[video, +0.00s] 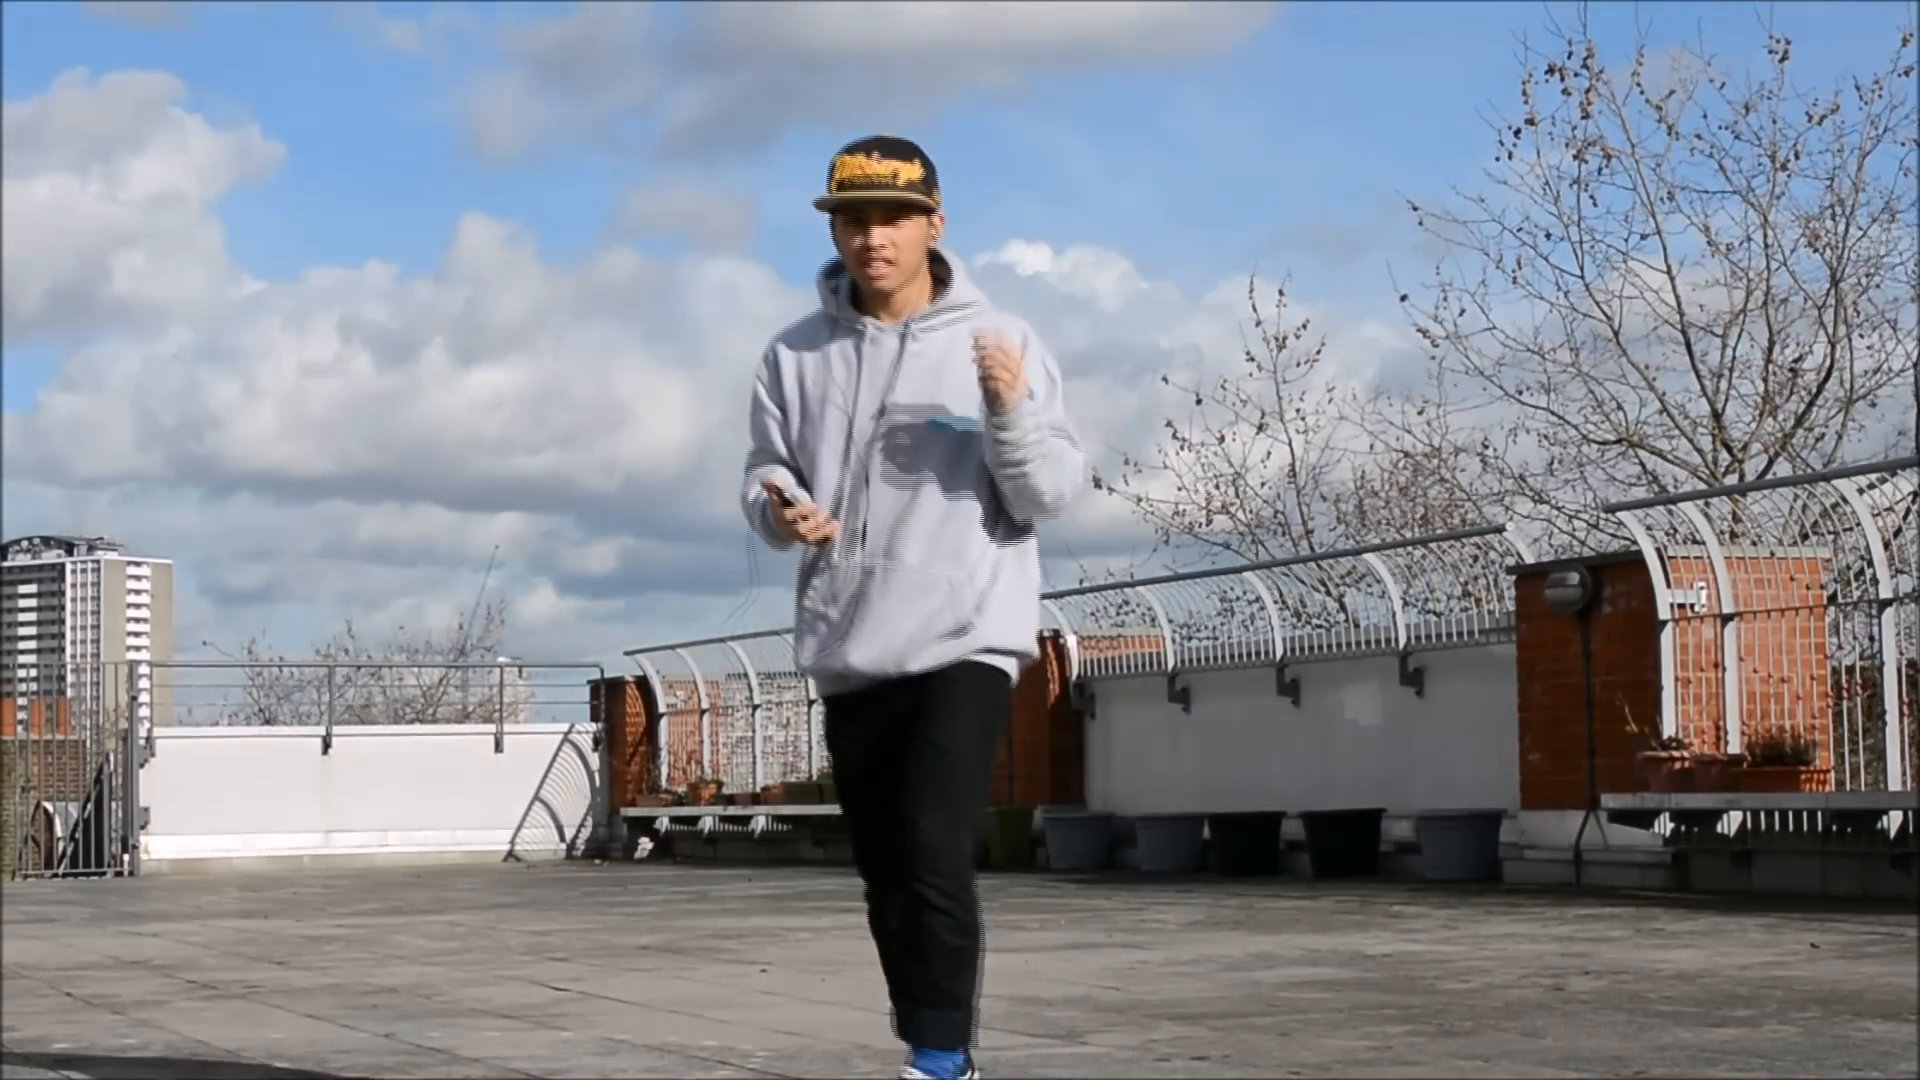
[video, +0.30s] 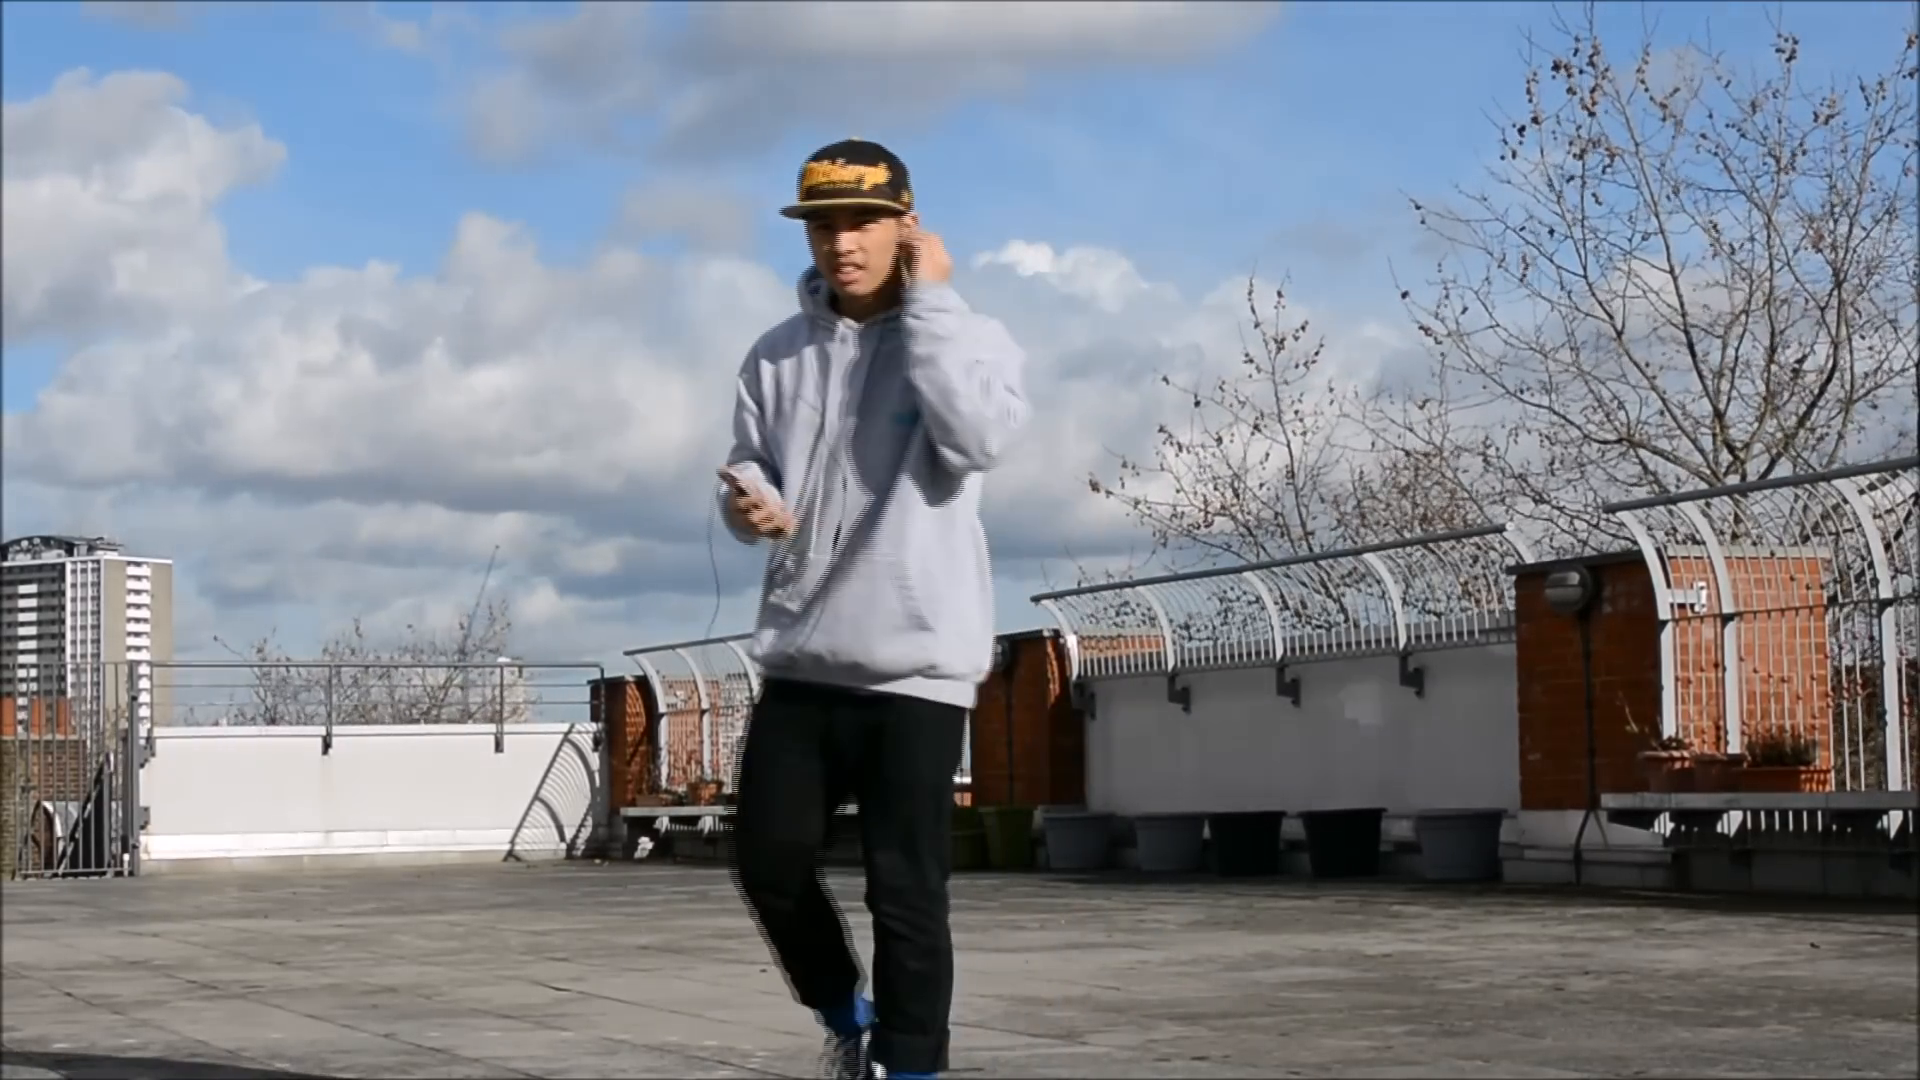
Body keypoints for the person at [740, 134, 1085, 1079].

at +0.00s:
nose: (870, 240)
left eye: (891, 219)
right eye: (852, 221)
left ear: (933, 226)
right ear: (833, 232)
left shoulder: (1002, 340)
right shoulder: (795, 356)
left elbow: (1051, 501)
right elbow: (764, 480)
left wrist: (1011, 404)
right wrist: (785, 509)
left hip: (965, 635)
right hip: (852, 643)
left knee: (935, 849)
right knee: (884, 860)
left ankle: (941, 1060)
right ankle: (929, 1051)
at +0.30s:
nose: (839, 244)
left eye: (859, 224)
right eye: (823, 226)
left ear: (906, 229)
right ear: (807, 237)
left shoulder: (965, 335)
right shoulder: (777, 355)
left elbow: (976, 439)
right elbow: (743, 482)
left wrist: (928, 298)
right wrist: (754, 508)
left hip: (918, 657)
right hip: (802, 656)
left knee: (903, 879)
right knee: (768, 858)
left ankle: (913, 1068)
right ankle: (853, 1026)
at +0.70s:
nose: (738, 276)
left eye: (757, 257)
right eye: (724, 259)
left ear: (812, 246)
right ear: (710, 257)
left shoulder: (875, 346)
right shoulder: (690, 368)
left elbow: (896, 452)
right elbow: (640, 511)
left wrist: (844, 310)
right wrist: (654, 504)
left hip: (844, 666)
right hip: (722, 667)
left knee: (861, 884)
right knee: (695, 885)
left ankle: (903, 1068)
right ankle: (678, 1068)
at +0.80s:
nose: (699, 288)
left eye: (718, 269)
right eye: (685, 271)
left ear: (772, 254)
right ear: (670, 265)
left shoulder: (832, 346)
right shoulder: (644, 370)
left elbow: (865, 455)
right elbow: (594, 514)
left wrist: (809, 321)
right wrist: (623, 496)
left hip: (810, 661)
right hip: (685, 663)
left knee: (841, 878)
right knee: (680, 884)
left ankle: (892, 1065)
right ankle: (674, 1068)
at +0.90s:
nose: (681, 295)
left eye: (699, 275)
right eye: (666, 278)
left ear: (751, 258)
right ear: (649, 269)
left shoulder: (813, 344)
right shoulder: (621, 369)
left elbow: (848, 455)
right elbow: (572, 512)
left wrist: (784, 322)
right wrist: (609, 491)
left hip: (795, 663)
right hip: (670, 667)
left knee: (832, 879)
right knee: (672, 886)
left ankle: (877, 1064)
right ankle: (673, 1069)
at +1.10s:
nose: (658, 300)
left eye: (676, 281)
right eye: (641, 284)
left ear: (723, 260)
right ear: (621, 272)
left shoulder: (786, 352)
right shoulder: (593, 373)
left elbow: (827, 460)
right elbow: (546, 511)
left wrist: (758, 335)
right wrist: (590, 486)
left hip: (775, 661)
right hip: (649, 666)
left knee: (800, 875)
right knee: (663, 881)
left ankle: (823, 1060)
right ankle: (671, 1065)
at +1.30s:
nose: (667, 312)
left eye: (684, 294)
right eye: (649, 296)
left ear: (728, 271)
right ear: (627, 279)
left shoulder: (786, 360)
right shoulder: (595, 375)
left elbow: (835, 467)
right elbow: (552, 514)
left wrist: (762, 346)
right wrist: (601, 494)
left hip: (771, 667)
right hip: (649, 671)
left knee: (778, 879)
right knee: (664, 880)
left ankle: (768, 1061)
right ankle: (670, 1066)